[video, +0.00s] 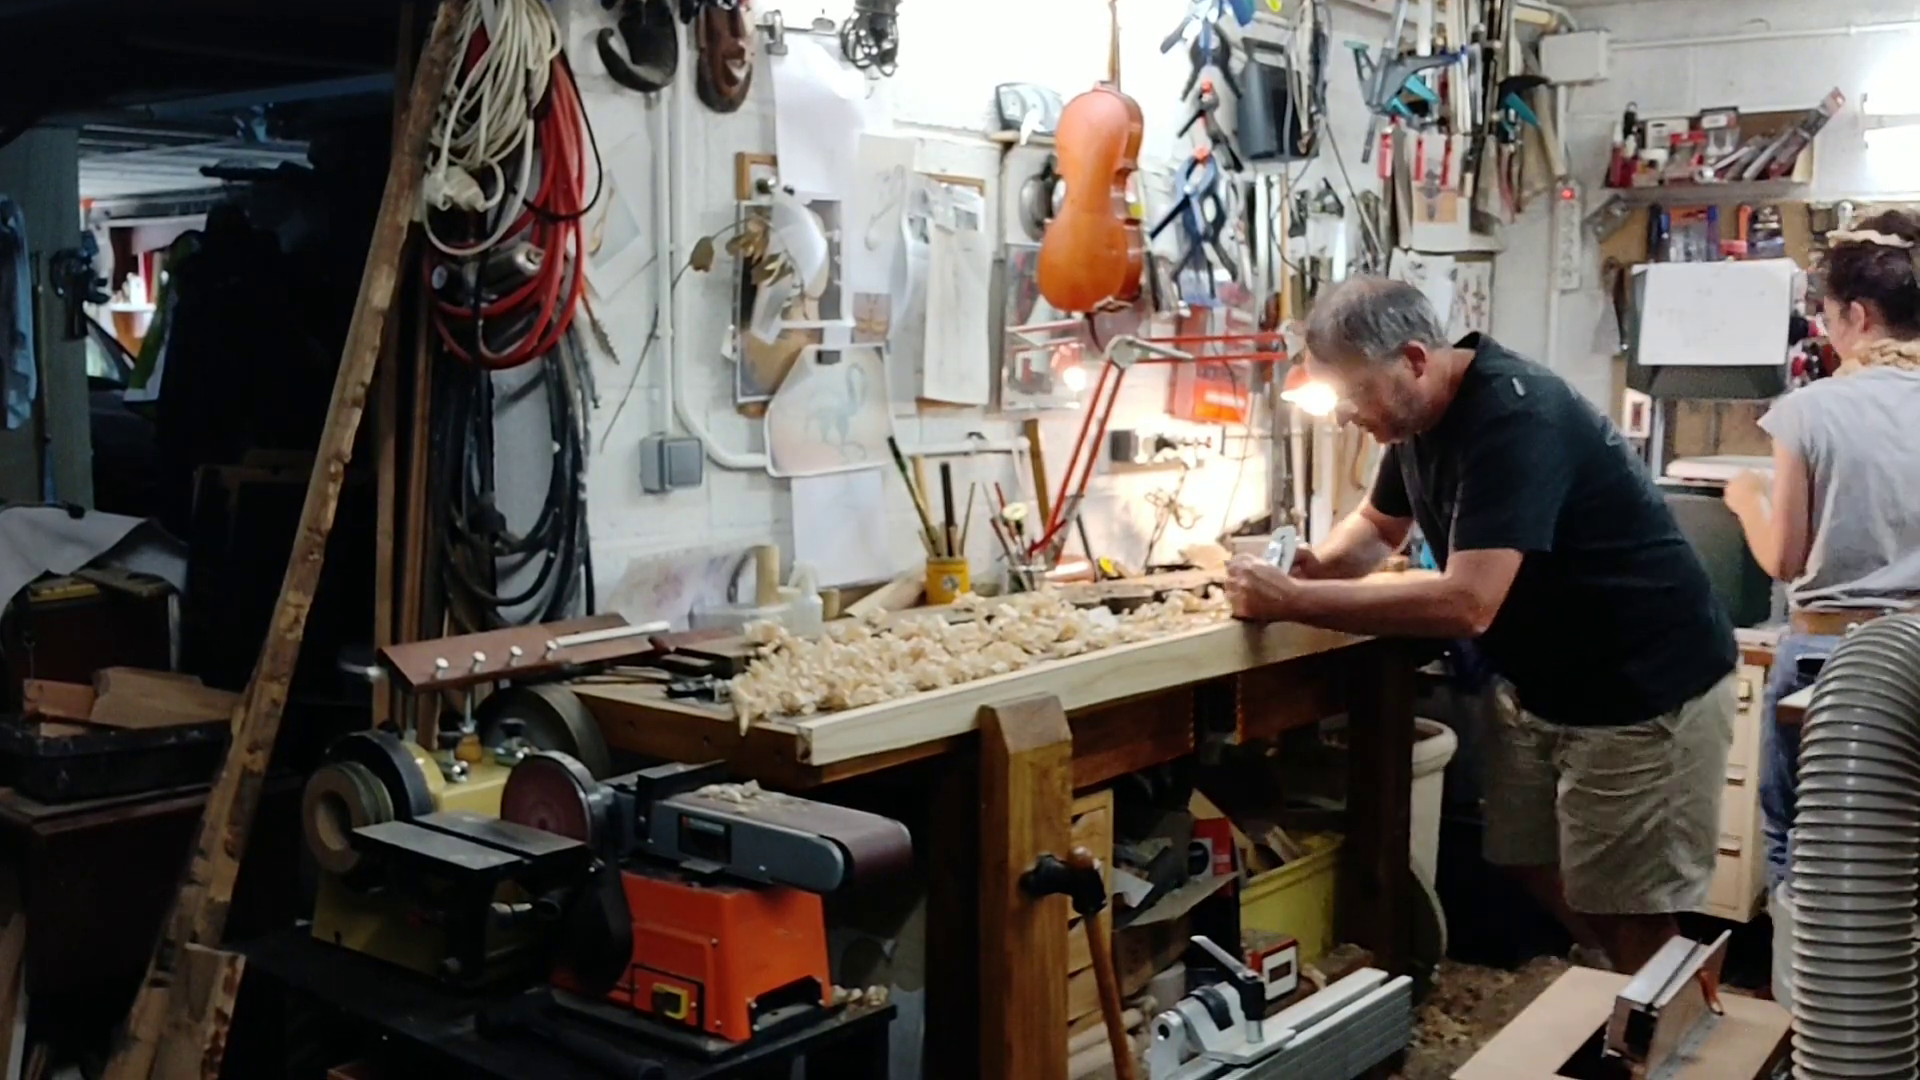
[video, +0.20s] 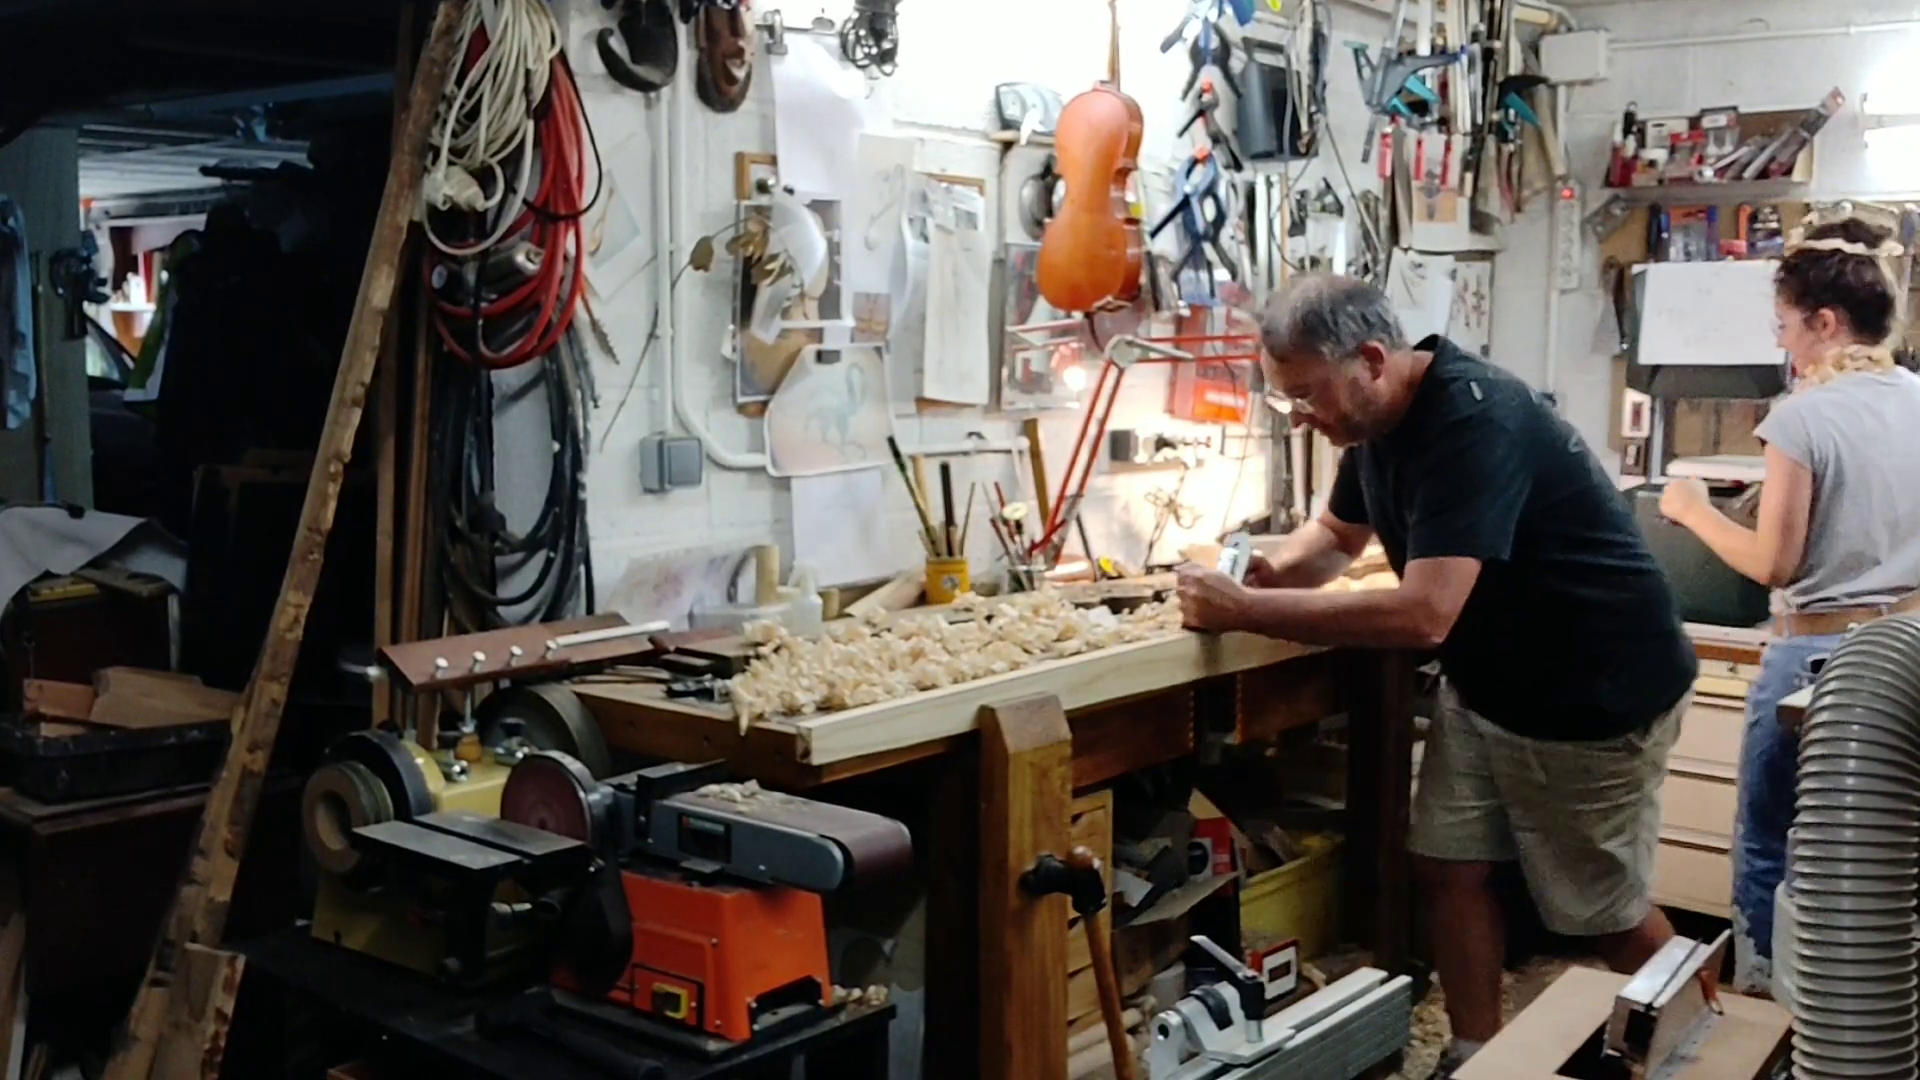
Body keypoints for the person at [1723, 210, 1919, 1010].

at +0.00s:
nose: (1820, 332)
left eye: (1824, 316)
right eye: (1819, 317)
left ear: (1858, 314)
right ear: (1906, 312)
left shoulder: (1811, 407)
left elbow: (1784, 560)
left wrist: (1746, 501)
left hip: (1827, 646)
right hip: (1915, 643)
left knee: (1792, 822)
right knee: (1901, 823)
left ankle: (1803, 998)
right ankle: (1890, 997)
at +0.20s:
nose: (1777, 337)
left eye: (1782, 319)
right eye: (1777, 319)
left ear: (1827, 322)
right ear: (1860, 319)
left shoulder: (1803, 415)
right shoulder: (1910, 395)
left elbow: (1773, 563)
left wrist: (1695, 511)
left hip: (1817, 650)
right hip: (1906, 640)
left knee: (1768, 834)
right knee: (1885, 829)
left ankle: (1764, 988)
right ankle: (1874, 990)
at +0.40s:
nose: (1718, 340)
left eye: (1723, 324)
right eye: (1717, 323)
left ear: (1773, 322)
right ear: (1788, 320)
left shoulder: (1773, 412)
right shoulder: (1856, 399)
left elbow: (1731, 560)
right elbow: (1832, 525)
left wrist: (1629, 518)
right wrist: (1733, 509)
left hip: (1775, 646)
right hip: (1850, 635)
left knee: (1745, 850)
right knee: (1818, 840)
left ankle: (1764, 1021)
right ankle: (1821, 1009)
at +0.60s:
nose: (1671, 339)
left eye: (1677, 322)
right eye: (1669, 323)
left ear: (1728, 317)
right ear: (1732, 318)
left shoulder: (1756, 403)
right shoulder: (1768, 391)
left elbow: (1677, 547)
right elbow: (1715, 508)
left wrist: (1560, 531)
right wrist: (1636, 505)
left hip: (1769, 637)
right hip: (1774, 629)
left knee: (1722, 823)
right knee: (1684, 790)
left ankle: (1765, 997)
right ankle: (1747, 961)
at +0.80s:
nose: (1630, 343)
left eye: (1640, 328)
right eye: (1628, 328)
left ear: (1698, 324)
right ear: (1689, 325)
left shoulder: (1727, 409)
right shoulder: (1691, 402)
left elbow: (1652, 551)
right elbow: (1664, 512)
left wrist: (1531, 547)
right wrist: (1584, 510)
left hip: (1743, 632)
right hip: (1706, 629)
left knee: (1705, 823)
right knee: (1656, 806)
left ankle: (1755, 988)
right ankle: (1669, 964)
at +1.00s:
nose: (1600, 345)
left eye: (1610, 328)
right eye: (1594, 330)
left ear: (1666, 321)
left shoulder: (1700, 409)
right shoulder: (1638, 406)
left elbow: (1646, 548)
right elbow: (1631, 510)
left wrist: (1523, 550)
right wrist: (1561, 510)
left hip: (1712, 628)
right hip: (1656, 625)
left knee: (1685, 818)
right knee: (1635, 805)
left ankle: (1749, 982)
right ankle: (1672, 963)